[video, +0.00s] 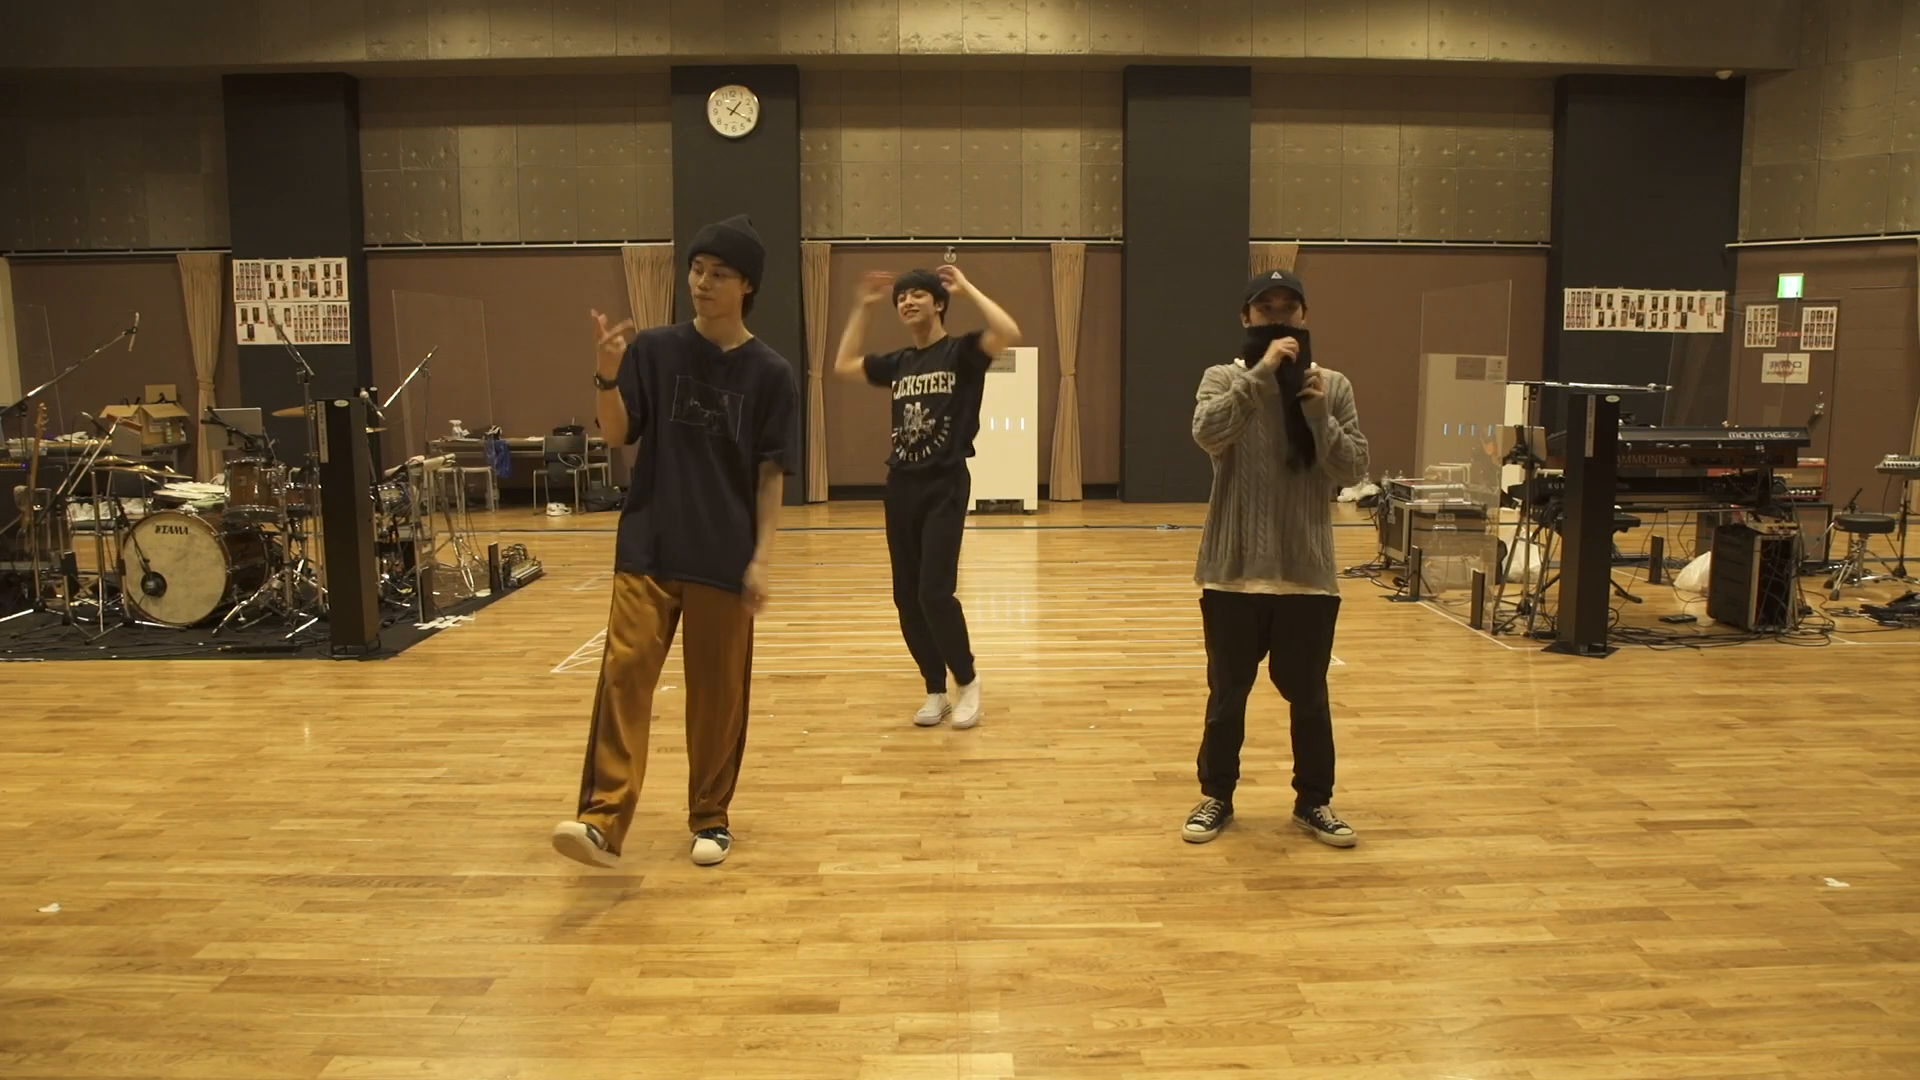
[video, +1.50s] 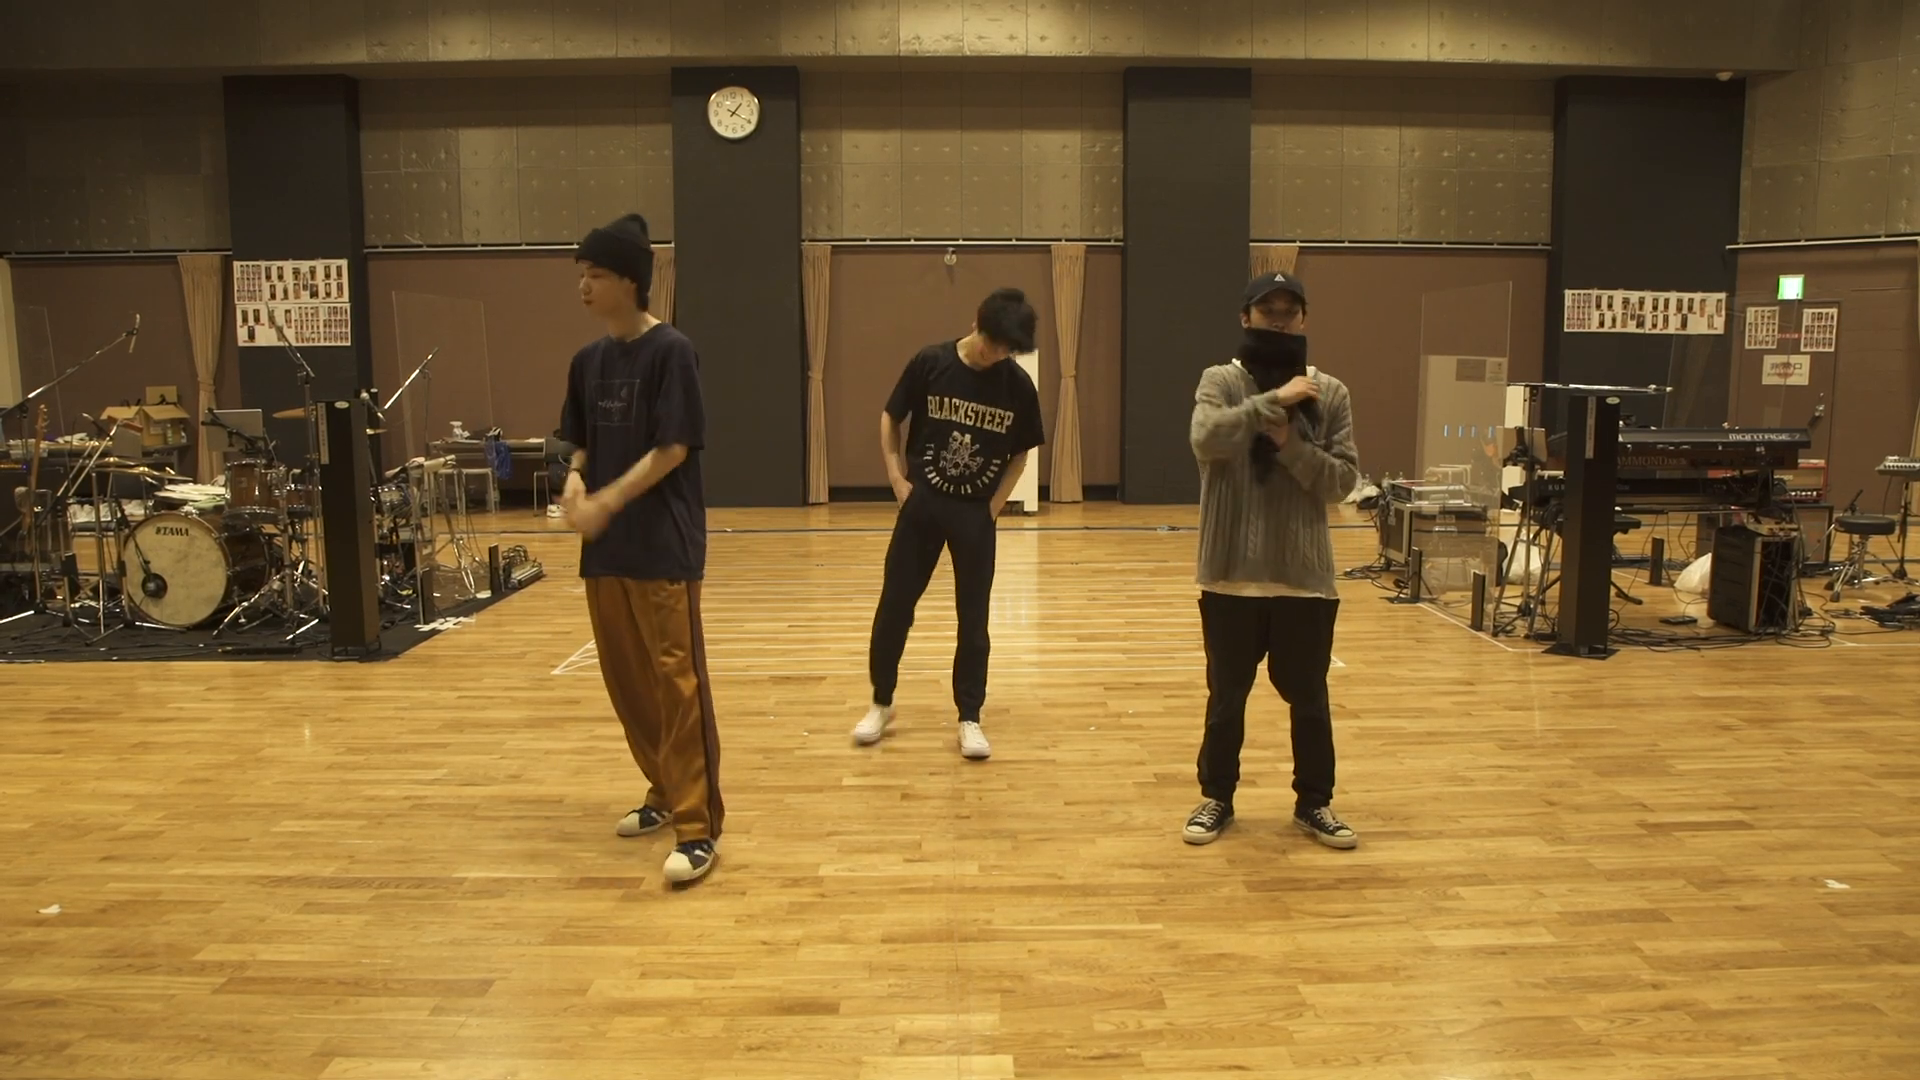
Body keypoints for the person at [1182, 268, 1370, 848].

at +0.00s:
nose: (1277, 316)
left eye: (1288, 306)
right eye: (1265, 307)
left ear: (1304, 316)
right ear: (1246, 317)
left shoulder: (1333, 386)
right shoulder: (1223, 378)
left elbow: (1350, 471)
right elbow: (1209, 436)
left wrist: (1317, 406)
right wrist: (1262, 371)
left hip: (1308, 572)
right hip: (1233, 570)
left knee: (1309, 696)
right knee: (1226, 695)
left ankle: (1314, 803)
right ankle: (1215, 800)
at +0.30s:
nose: (1278, 317)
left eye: (1288, 307)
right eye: (1266, 307)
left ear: (1302, 316)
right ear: (1245, 315)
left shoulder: (1329, 383)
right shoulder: (1221, 380)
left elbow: (1371, 458)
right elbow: (1190, 425)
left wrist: (1325, 412)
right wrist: (1239, 359)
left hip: (1307, 571)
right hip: (1232, 570)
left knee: (1309, 696)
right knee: (1226, 696)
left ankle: (1314, 803)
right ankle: (1215, 800)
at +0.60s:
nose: (1274, 318)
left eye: (1284, 309)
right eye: (1262, 309)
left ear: (1299, 317)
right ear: (1243, 317)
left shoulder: (1328, 382)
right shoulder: (1220, 375)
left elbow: (1358, 463)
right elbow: (1202, 426)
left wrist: (1321, 424)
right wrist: (1252, 363)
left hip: (1307, 570)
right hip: (1232, 568)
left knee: (1309, 694)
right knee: (1226, 694)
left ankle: (1314, 803)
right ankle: (1215, 800)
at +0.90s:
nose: (1279, 319)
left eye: (1289, 309)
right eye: (1267, 309)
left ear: (1303, 317)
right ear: (1244, 316)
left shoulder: (1329, 384)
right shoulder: (1219, 379)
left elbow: (1359, 465)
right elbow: (1197, 441)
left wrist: (1320, 421)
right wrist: (1257, 385)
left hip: (1308, 570)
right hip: (1233, 568)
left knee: (1310, 696)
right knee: (1226, 696)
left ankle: (1314, 803)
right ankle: (1215, 800)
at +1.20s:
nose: (1282, 321)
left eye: (1291, 311)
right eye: (1271, 310)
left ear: (1305, 318)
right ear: (1247, 316)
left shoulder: (1328, 388)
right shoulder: (1217, 385)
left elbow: (1373, 463)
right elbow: (1168, 406)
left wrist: (1342, 417)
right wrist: (1224, 344)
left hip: (1308, 573)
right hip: (1232, 571)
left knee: (1310, 696)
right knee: (1226, 695)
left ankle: (1313, 804)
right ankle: (1215, 801)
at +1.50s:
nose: (1280, 322)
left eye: (1290, 313)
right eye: (1269, 312)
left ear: (1304, 322)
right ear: (1246, 318)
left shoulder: (1329, 393)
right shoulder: (1220, 380)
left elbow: (1343, 481)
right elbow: (1206, 442)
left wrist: (1290, 443)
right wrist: (1277, 397)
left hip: (1305, 576)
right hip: (1229, 573)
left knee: (1309, 698)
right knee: (1225, 697)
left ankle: (1313, 805)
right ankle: (1215, 801)